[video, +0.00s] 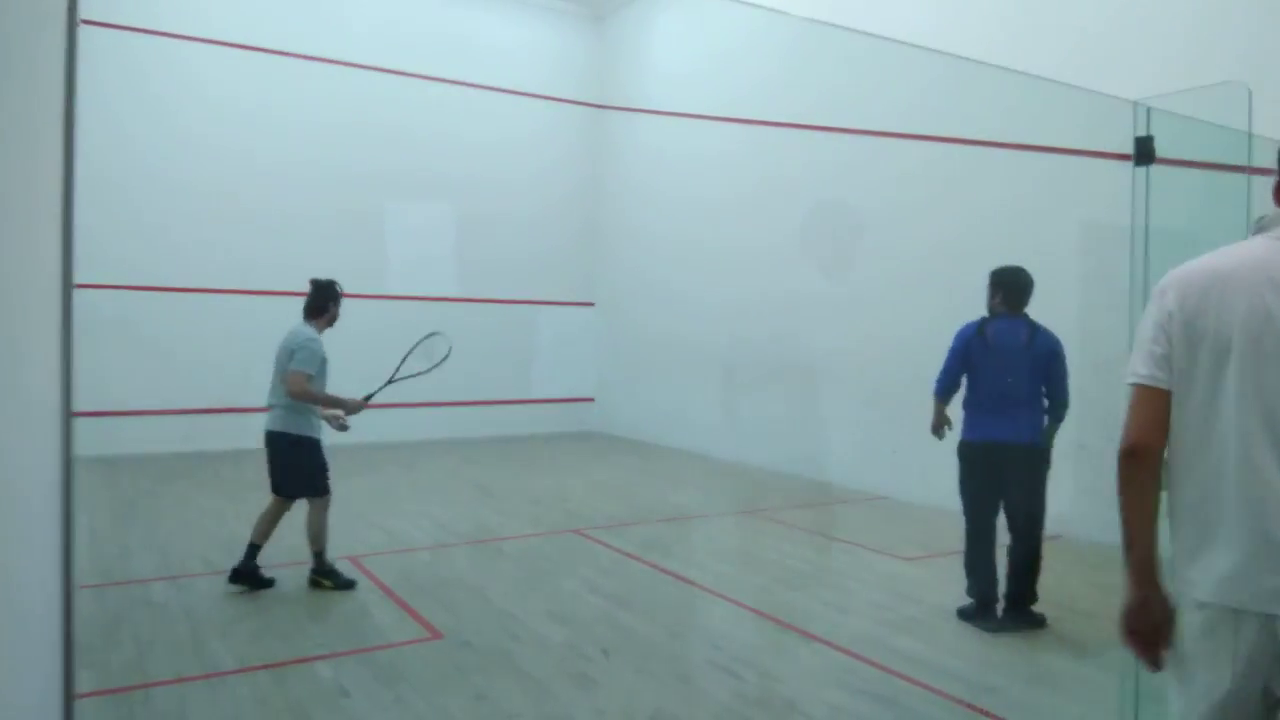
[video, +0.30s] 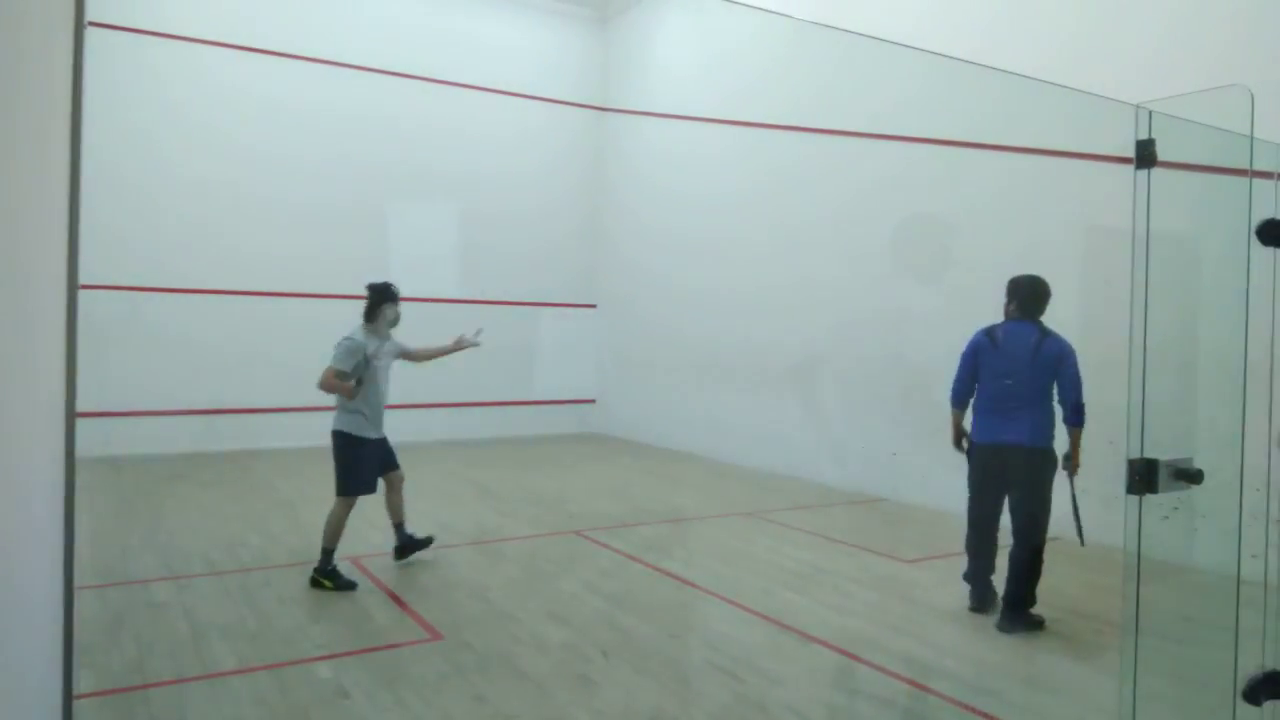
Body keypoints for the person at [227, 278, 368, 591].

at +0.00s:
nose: (338, 315)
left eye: (338, 309)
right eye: (337, 309)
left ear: (312, 307)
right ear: (328, 309)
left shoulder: (294, 338)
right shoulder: (309, 342)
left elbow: (291, 395)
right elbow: (296, 388)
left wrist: (325, 414)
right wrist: (344, 403)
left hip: (281, 433)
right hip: (299, 435)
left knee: (283, 497)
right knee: (319, 498)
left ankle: (246, 565)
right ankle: (321, 567)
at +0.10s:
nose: (358, 310)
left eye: (356, 305)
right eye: (357, 305)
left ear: (328, 305)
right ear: (351, 309)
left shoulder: (321, 337)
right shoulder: (328, 342)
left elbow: (324, 391)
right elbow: (313, 389)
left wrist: (356, 409)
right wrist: (357, 404)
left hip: (316, 430)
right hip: (321, 432)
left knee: (325, 498)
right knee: (328, 499)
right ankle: (321, 566)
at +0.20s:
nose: (375, 312)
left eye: (375, 306)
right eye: (374, 306)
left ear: (351, 306)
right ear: (364, 309)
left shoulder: (351, 343)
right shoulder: (334, 343)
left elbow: (362, 385)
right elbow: (313, 388)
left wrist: (401, 394)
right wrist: (349, 406)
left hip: (352, 433)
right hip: (334, 434)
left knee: (371, 488)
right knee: (337, 500)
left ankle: (353, 555)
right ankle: (322, 569)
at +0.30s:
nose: (398, 314)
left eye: (398, 308)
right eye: (393, 309)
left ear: (388, 311)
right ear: (379, 311)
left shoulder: (387, 343)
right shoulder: (354, 343)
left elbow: (416, 355)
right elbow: (326, 381)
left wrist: (453, 347)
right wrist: (345, 389)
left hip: (373, 433)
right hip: (350, 433)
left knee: (394, 479)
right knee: (345, 500)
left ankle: (403, 540)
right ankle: (324, 568)